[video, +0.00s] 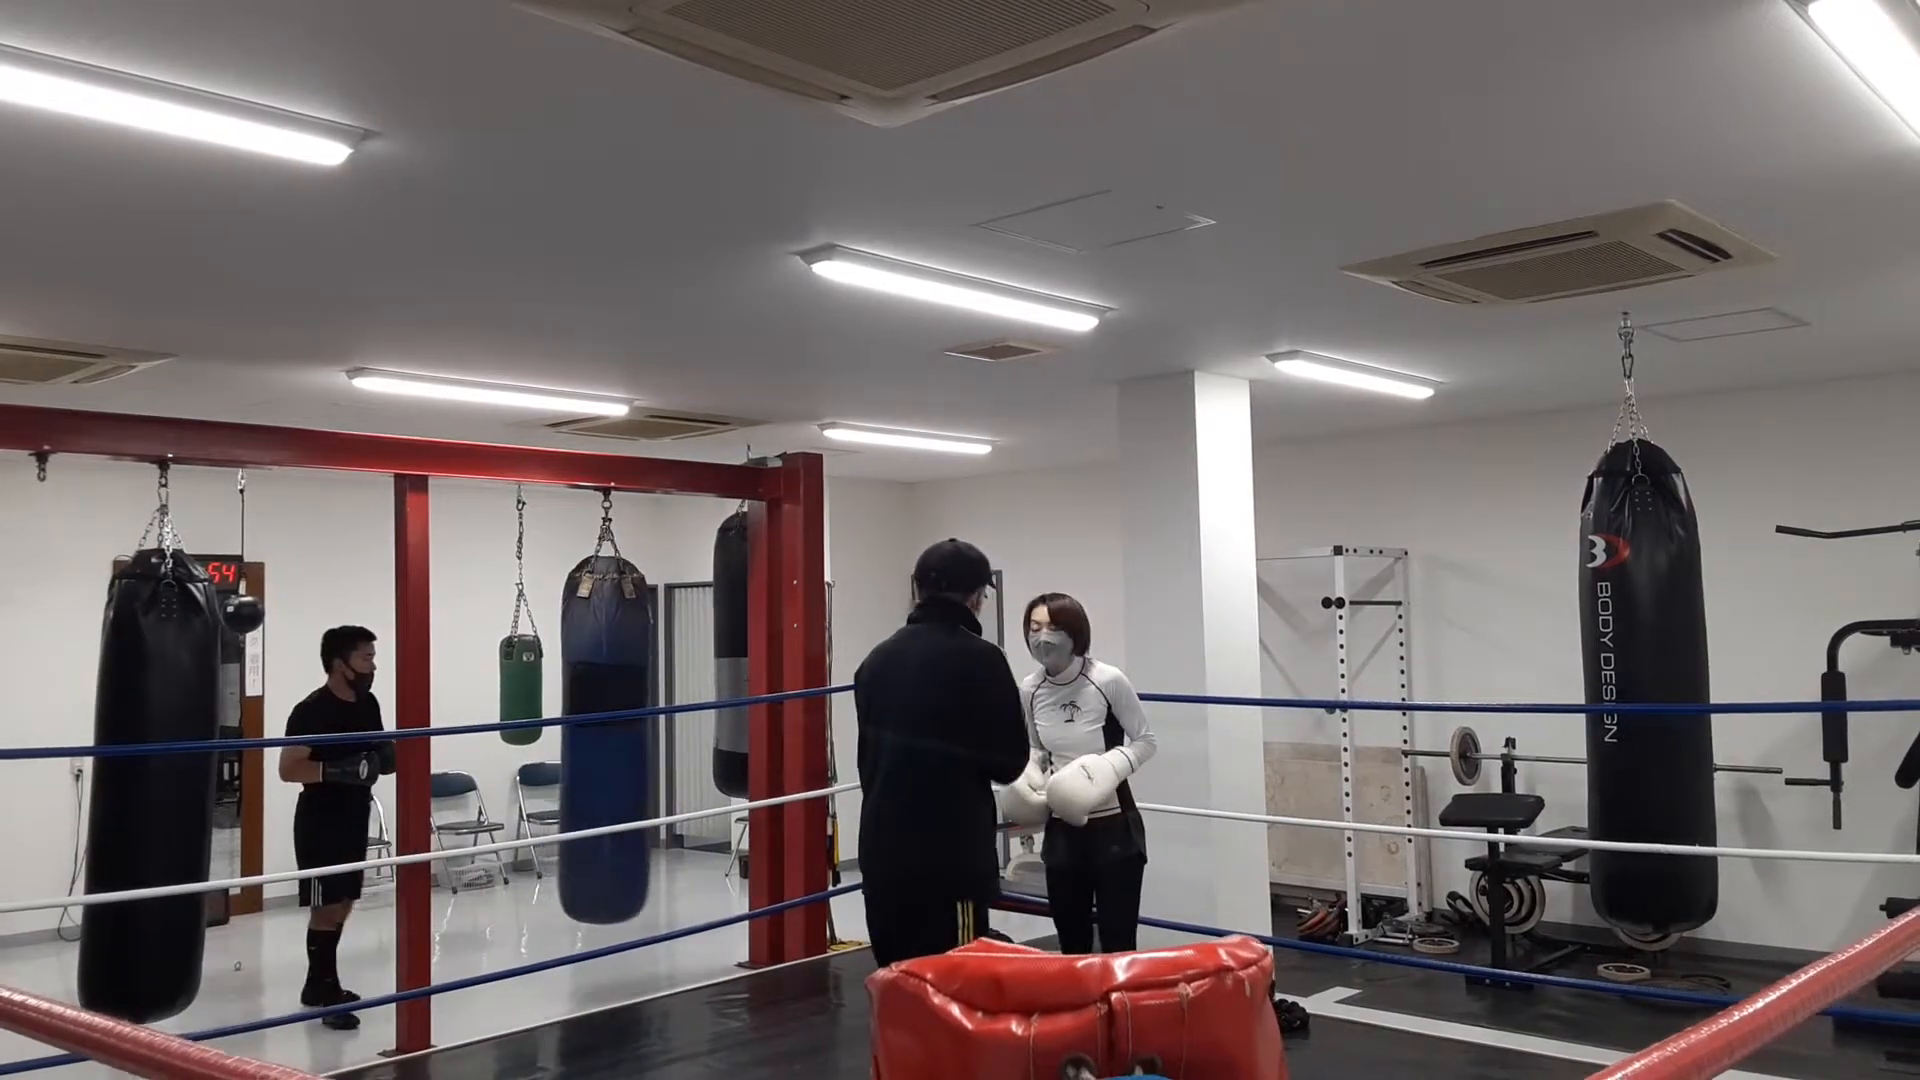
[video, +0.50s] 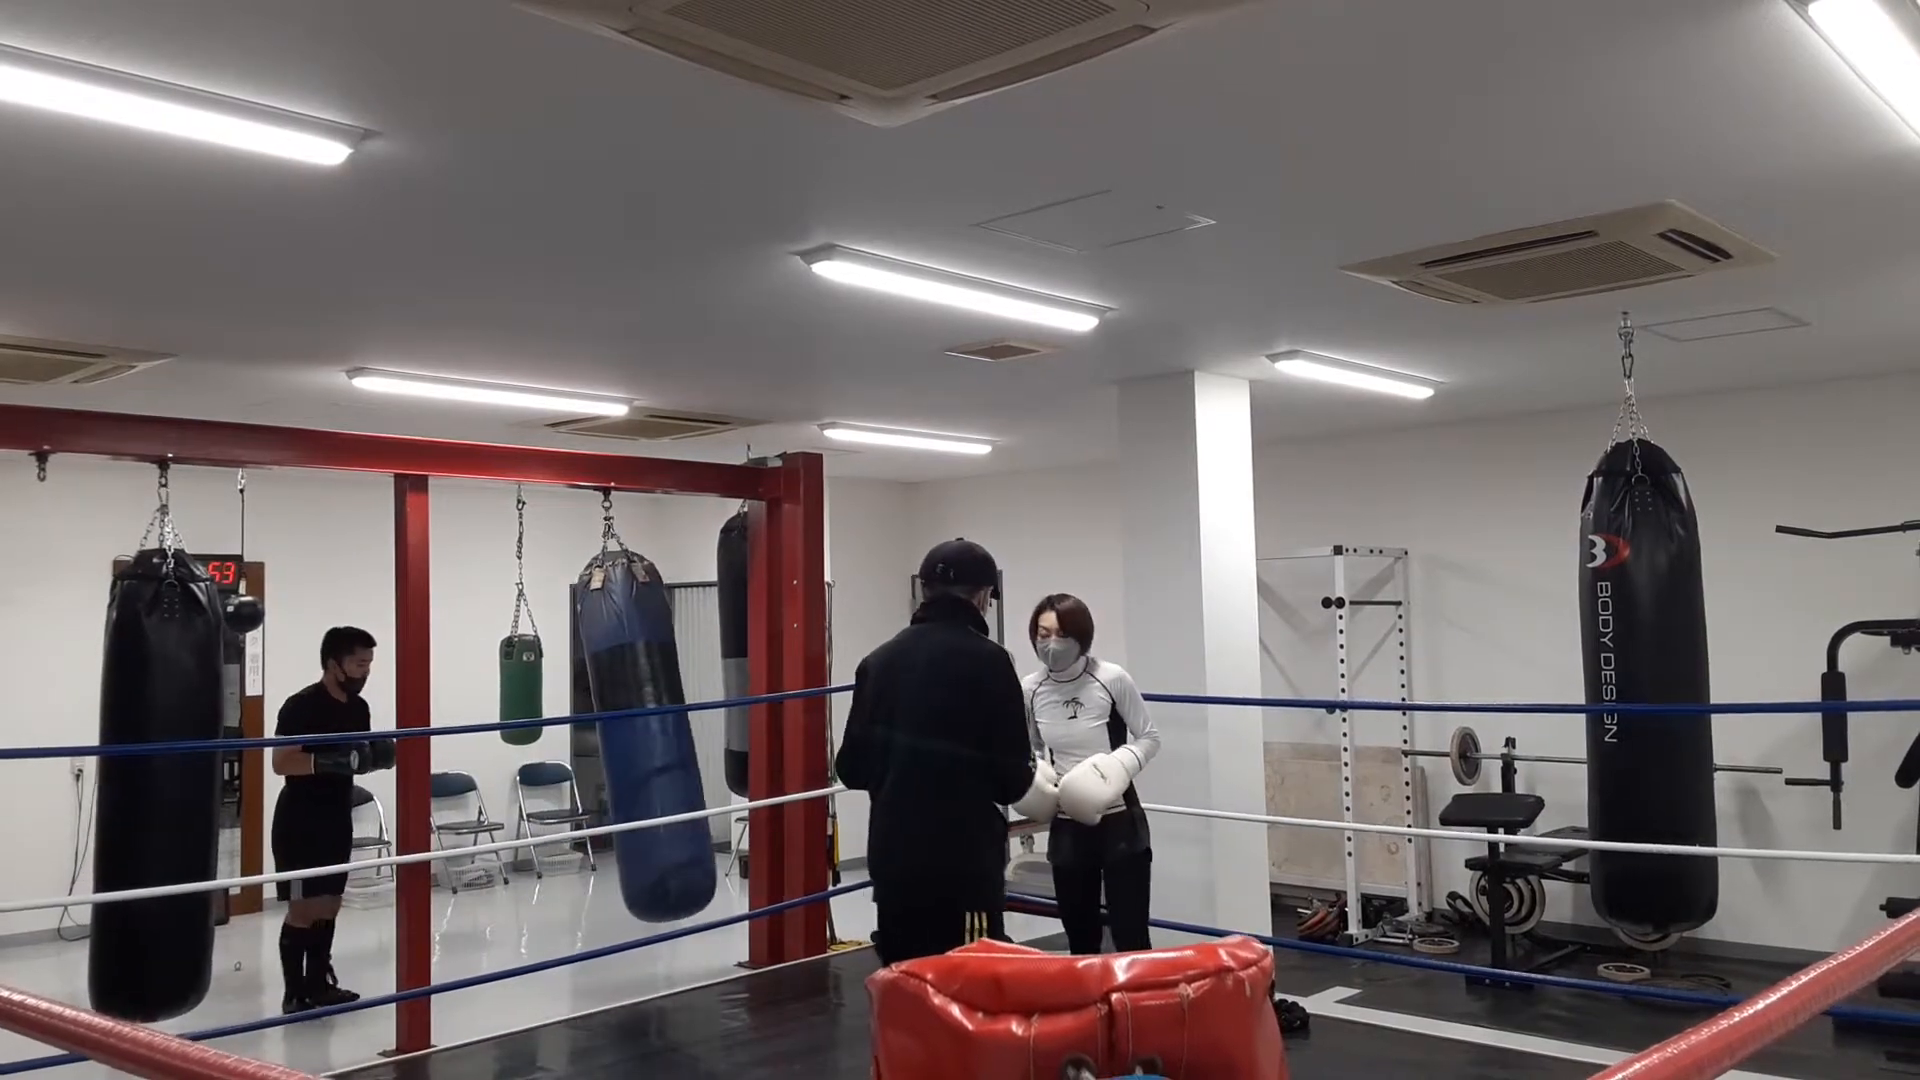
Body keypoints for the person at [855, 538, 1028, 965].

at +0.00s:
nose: (983, 604)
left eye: (983, 595)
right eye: (983, 595)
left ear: (921, 590)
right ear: (974, 598)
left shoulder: (875, 662)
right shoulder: (982, 658)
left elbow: (868, 766)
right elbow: (1009, 763)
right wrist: (951, 749)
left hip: (885, 852)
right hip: (957, 853)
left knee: (900, 989)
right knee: (956, 989)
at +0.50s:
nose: (988, 607)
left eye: (989, 598)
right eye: (989, 598)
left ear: (925, 591)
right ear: (980, 597)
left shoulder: (878, 661)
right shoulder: (991, 660)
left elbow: (852, 767)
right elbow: (1012, 781)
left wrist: (906, 769)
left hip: (896, 854)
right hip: (969, 854)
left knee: (908, 986)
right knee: (972, 988)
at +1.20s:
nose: (1032, 606)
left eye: (1034, 597)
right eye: (1033, 596)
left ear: (972, 589)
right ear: (1020, 596)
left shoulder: (931, 653)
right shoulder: (1007, 660)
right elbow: (1095, 751)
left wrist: (1049, 658)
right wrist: (1097, 661)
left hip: (933, 864)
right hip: (997, 871)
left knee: (946, 1005)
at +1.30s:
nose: (1038, 609)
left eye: (1041, 599)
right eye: (1040, 598)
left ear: (978, 590)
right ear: (1029, 598)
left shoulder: (939, 650)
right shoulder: (1012, 660)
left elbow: (995, 697)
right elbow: (1102, 747)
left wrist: (1050, 652)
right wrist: (1102, 658)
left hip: (933, 862)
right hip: (991, 870)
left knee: (945, 1004)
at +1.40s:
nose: (1048, 610)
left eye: (1051, 600)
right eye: (1049, 599)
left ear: (990, 590)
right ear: (1036, 599)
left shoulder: (949, 647)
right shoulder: (1015, 659)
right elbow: (1104, 745)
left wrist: (1055, 653)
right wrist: (1106, 657)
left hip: (933, 860)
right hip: (984, 869)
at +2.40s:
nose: (1019, 627)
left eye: (1021, 616)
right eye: (1019, 615)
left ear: (952, 608)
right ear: (1001, 612)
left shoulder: (901, 677)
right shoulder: (1010, 680)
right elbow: (1077, 791)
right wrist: (1096, 699)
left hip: (904, 895)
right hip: (986, 898)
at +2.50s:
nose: (1016, 621)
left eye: (1018, 609)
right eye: (1016, 608)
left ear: (947, 603)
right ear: (999, 606)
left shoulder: (899, 668)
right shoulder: (1004, 680)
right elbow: (1068, 795)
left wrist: (1047, 694)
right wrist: (1098, 694)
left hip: (892, 896)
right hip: (971, 903)